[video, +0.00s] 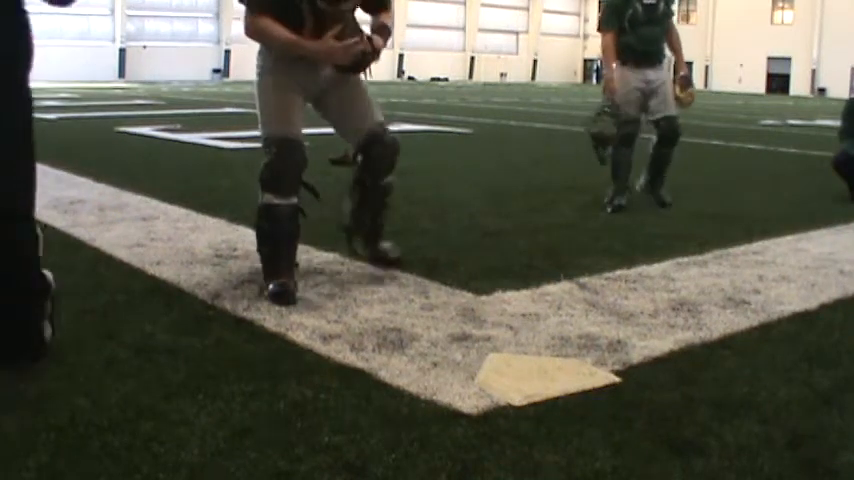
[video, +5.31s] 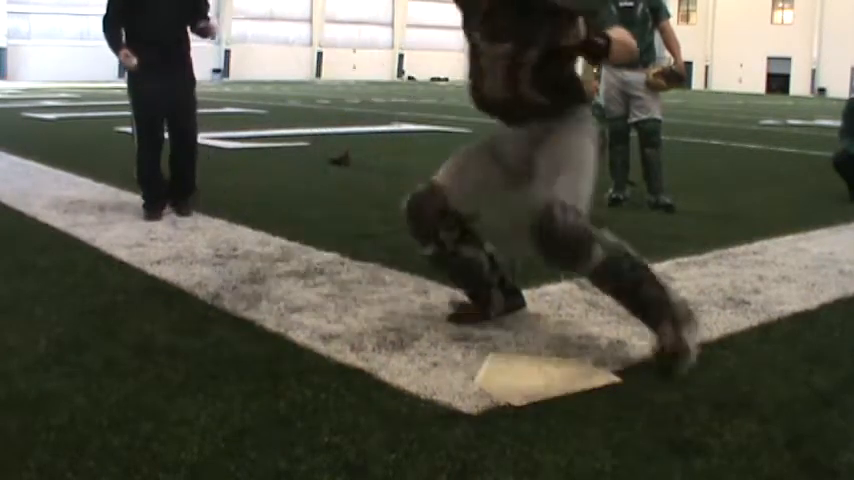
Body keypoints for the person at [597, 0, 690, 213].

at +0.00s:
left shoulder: (664, 4)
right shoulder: (616, 4)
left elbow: (669, 28)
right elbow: (608, 35)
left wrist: (681, 65)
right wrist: (609, 75)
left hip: (658, 71)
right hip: (627, 71)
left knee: (669, 131)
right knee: (626, 133)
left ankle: (654, 184)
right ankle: (619, 192)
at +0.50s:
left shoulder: (694, 4)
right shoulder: (640, 3)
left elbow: (702, 38)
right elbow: (626, 30)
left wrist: (707, 80)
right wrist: (621, 69)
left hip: (675, 74)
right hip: (641, 72)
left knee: (672, 139)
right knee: (632, 136)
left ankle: (674, 197)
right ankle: (621, 192)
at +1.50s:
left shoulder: (661, 4)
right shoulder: (610, 4)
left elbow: (673, 30)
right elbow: (601, 39)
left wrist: (683, 61)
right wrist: (600, 76)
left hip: (651, 76)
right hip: (618, 74)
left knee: (659, 133)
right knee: (619, 134)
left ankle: (668, 194)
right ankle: (618, 188)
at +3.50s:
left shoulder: (653, 4)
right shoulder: (603, 5)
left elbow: (666, 29)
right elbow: (594, 40)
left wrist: (678, 60)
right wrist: (589, 76)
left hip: (645, 73)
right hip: (613, 73)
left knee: (651, 133)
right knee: (617, 134)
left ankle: (656, 193)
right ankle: (618, 187)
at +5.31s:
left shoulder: (651, 3)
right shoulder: (601, 6)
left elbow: (665, 27)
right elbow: (591, 34)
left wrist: (679, 61)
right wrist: (590, 75)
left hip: (645, 73)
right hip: (611, 72)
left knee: (651, 134)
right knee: (617, 133)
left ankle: (656, 193)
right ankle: (618, 188)